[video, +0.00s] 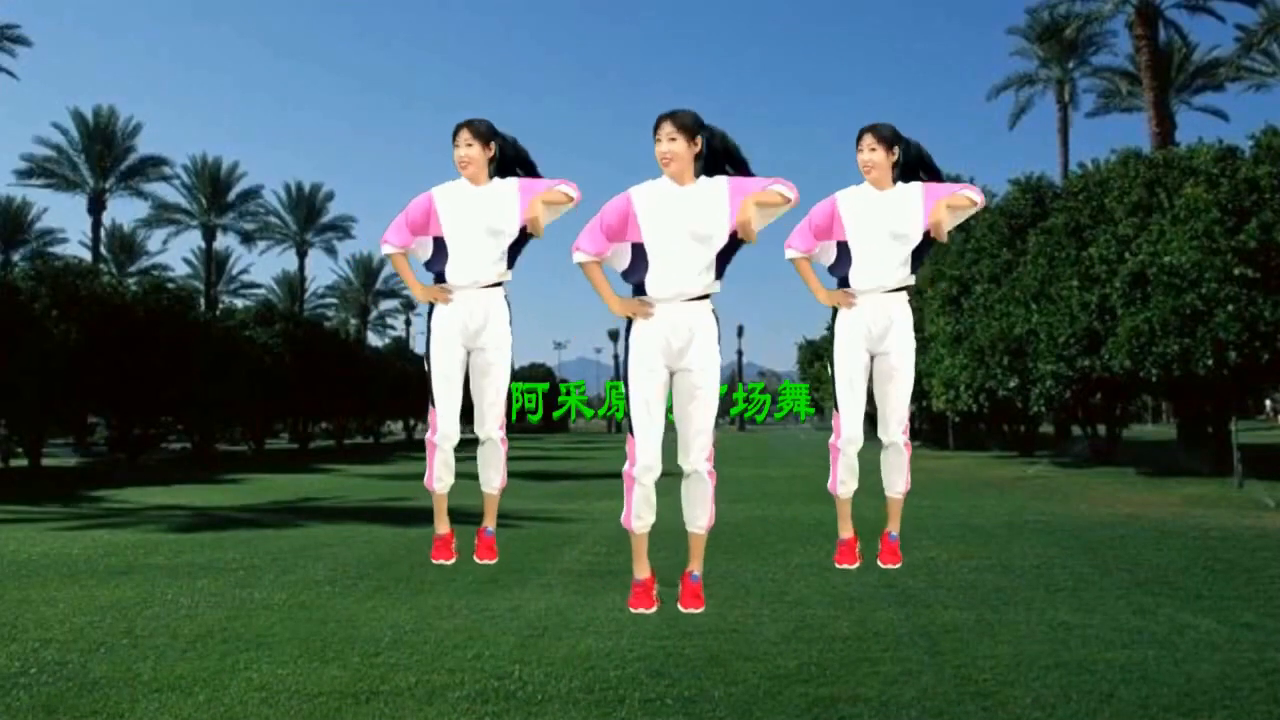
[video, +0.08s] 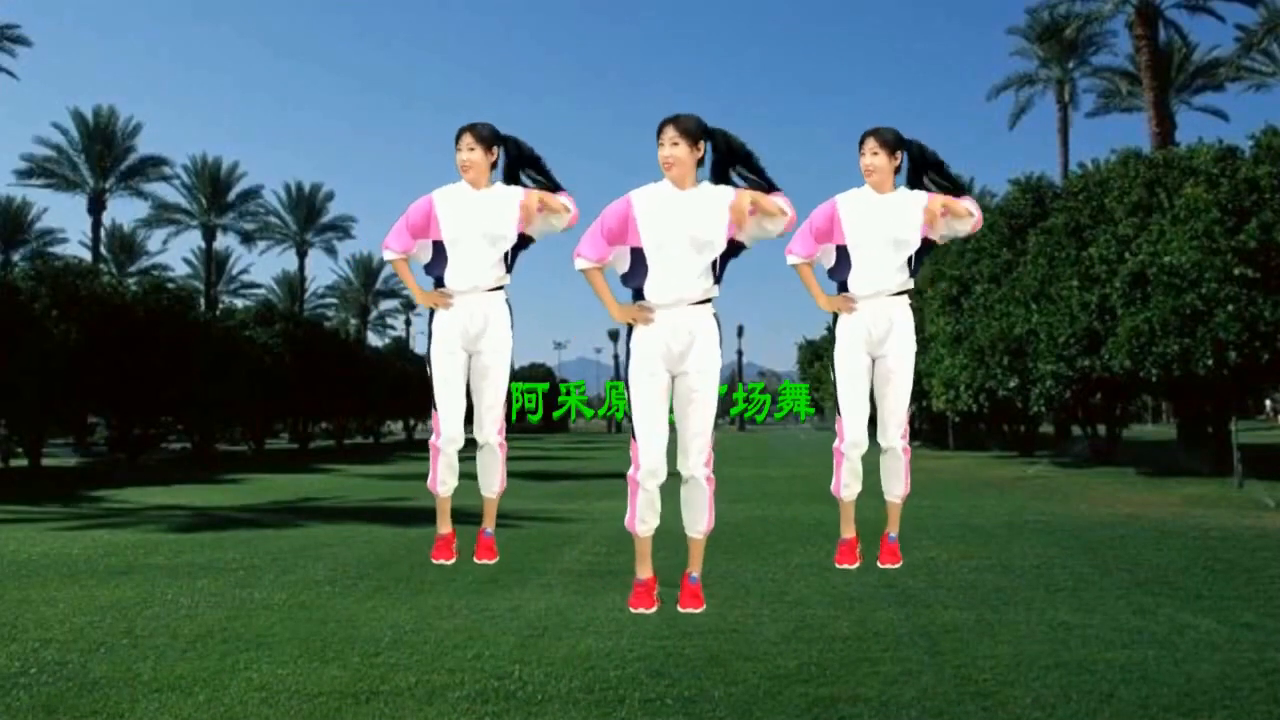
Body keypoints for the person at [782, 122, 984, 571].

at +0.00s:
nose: (864, 156)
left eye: (872, 149)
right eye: (861, 150)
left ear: (894, 154)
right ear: (856, 157)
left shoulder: (918, 194)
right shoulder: (842, 202)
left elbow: (975, 196)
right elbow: (795, 247)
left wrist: (943, 209)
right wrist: (824, 293)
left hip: (897, 312)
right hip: (852, 313)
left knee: (894, 429)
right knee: (848, 429)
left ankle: (892, 532)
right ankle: (845, 534)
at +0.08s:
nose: (867, 160)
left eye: (876, 153)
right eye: (863, 154)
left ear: (896, 159)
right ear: (859, 161)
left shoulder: (917, 201)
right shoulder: (841, 206)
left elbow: (973, 216)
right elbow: (797, 252)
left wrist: (948, 212)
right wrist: (825, 299)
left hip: (898, 315)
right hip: (853, 315)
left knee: (894, 431)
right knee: (852, 432)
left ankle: (891, 535)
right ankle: (847, 535)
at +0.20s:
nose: (872, 184)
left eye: (881, 177)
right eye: (869, 177)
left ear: (901, 184)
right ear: (864, 184)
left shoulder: (914, 231)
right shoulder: (843, 225)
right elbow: (802, 274)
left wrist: (930, 236)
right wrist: (820, 324)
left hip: (900, 335)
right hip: (856, 338)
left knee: (899, 447)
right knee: (872, 446)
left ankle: (889, 536)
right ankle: (857, 519)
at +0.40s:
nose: (869, 165)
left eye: (878, 158)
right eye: (866, 159)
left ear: (900, 166)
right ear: (862, 167)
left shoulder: (913, 214)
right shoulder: (840, 208)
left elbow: (904, 254)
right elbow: (797, 253)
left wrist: (898, 196)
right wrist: (814, 301)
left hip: (890, 323)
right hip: (846, 323)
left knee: (891, 434)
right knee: (850, 431)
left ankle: (890, 534)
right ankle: (841, 501)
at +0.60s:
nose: (859, 171)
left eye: (867, 164)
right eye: (856, 164)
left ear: (887, 169)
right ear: (850, 170)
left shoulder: (905, 214)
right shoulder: (834, 213)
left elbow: (889, 249)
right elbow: (789, 251)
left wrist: (879, 193)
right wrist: (806, 295)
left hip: (875, 327)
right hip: (832, 322)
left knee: (872, 444)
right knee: (818, 434)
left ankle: (889, 534)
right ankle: (789, 524)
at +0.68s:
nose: (855, 185)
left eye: (864, 178)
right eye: (852, 178)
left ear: (883, 184)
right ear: (847, 184)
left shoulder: (901, 230)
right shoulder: (829, 229)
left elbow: (885, 265)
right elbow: (787, 266)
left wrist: (874, 211)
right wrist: (805, 310)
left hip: (871, 345)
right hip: (826, 340)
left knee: (864, 459)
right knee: (813, 449)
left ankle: (886, 534)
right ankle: (789, 528)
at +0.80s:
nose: (853, 164)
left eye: (861, 157)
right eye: (850, 157)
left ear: (881, 164)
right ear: (846, 165)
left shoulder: (901, 210)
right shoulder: (830, 211)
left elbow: (904, 243)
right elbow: (789, 247)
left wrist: (888, 187)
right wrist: (806, 293)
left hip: (872, 326)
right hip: (828, 322)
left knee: (871, 441)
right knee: (807, 429)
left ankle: (888, 532)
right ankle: (787, 524)